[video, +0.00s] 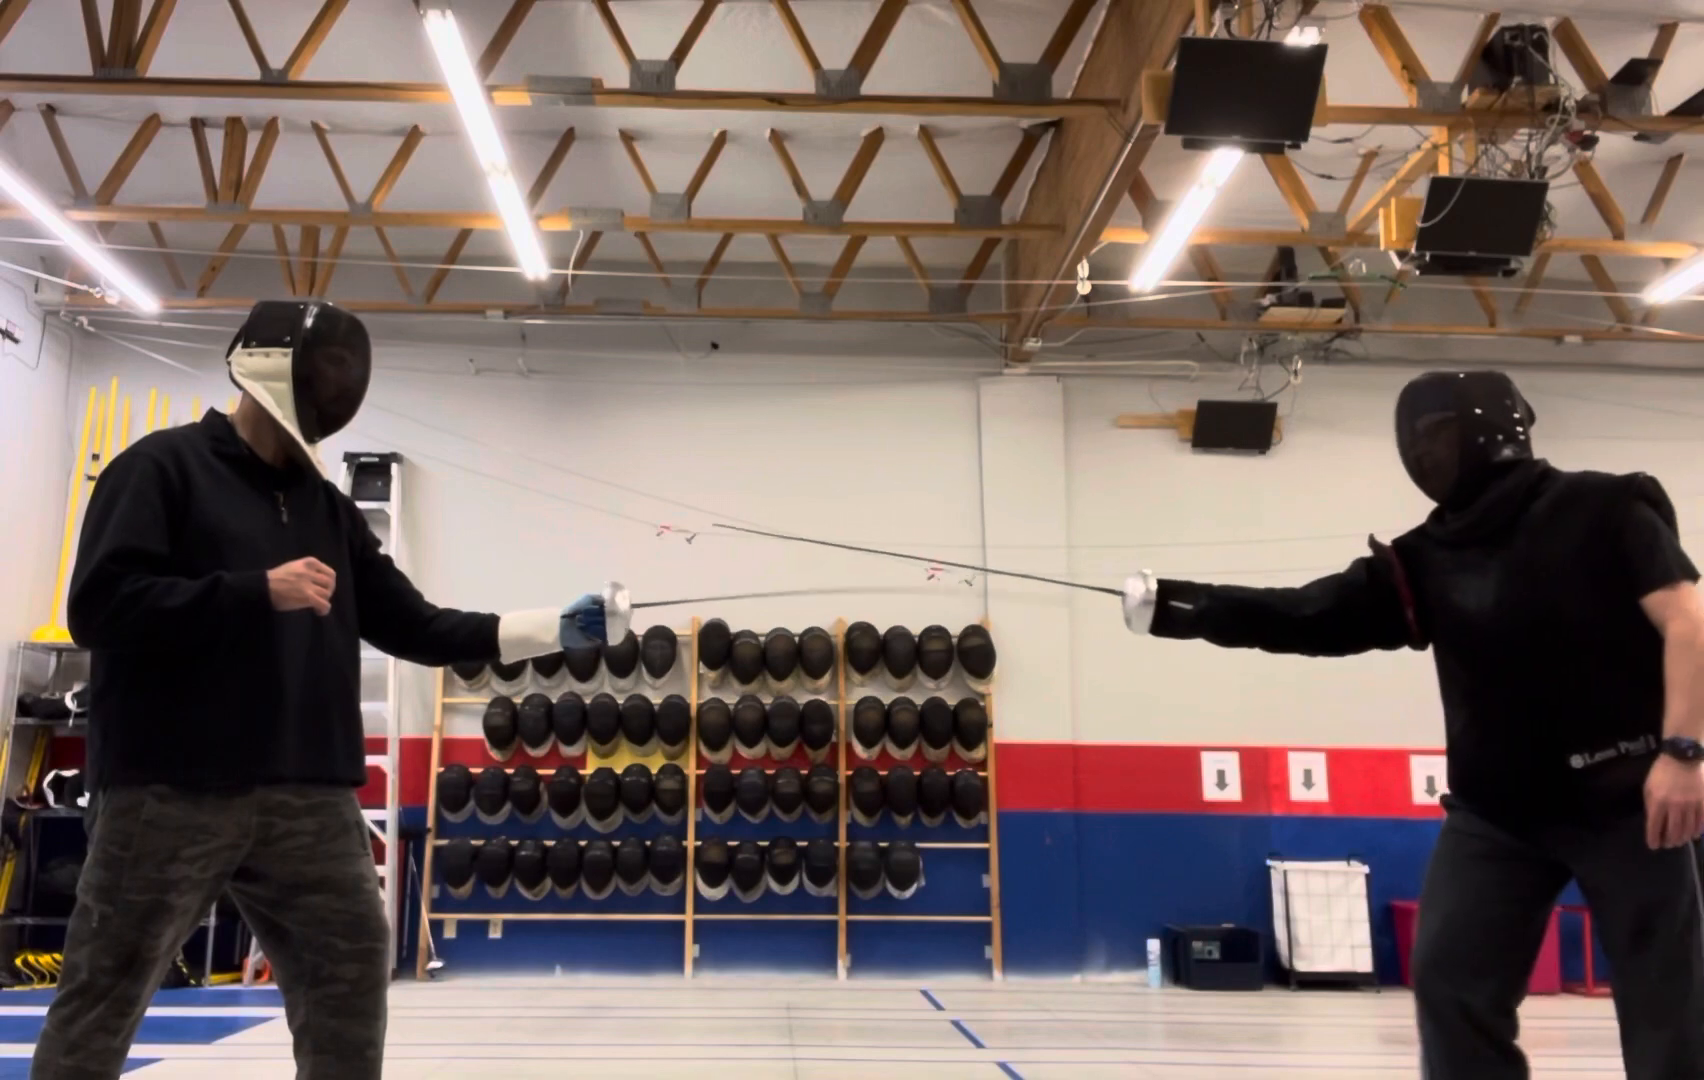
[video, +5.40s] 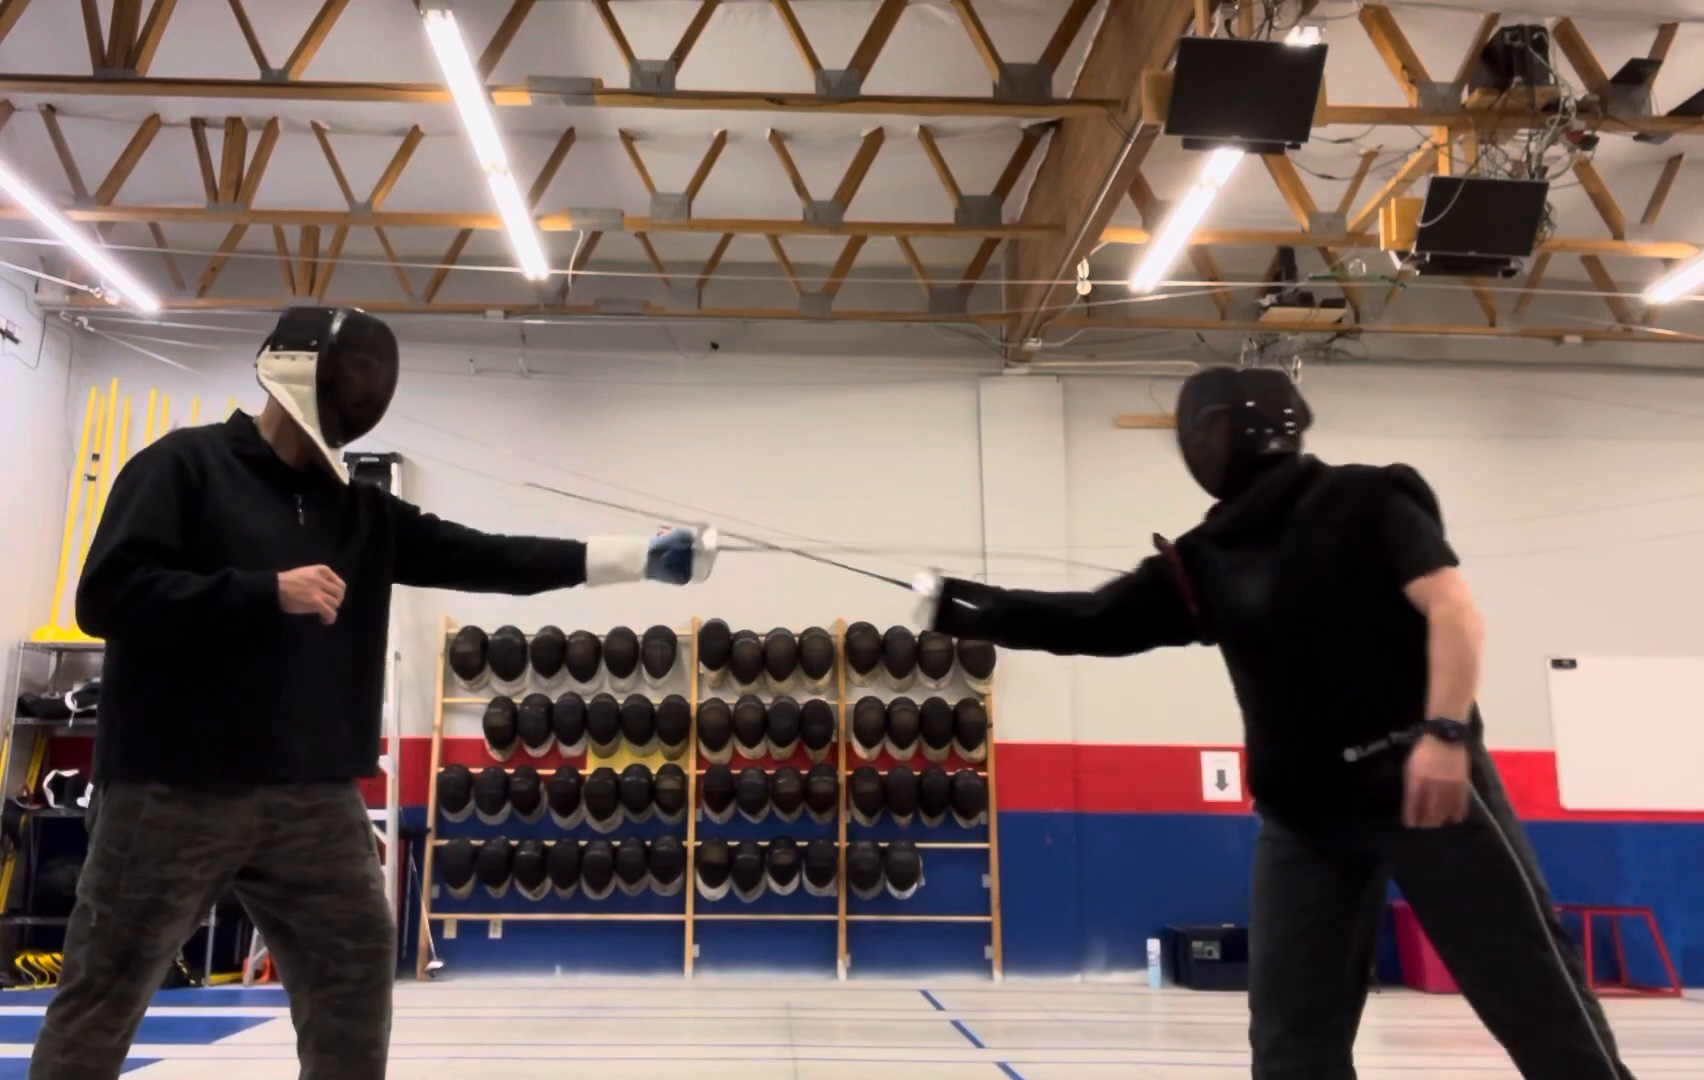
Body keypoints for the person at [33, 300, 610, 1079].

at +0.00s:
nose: (326, 398)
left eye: (337, 384)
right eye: (312, 375)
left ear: (337, 392)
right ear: (258, 366)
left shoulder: (325, 507)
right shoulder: (154, 469)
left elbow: (407, 623)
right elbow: (99, 606)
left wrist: (550, 630)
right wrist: (254, 589)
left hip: (305, 796)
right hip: (166, 793)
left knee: (348, 982)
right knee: (101, 1002)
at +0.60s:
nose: (349, 420)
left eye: (360, 404)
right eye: (337, 396)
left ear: (360, 404)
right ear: (281, 376)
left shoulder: (350, 513)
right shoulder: (172, 467)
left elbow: (478, 558)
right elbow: (104, 593)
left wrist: (627, 552)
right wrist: (264, 590)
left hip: (305, 797)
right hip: (164, 792)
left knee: (348, 990)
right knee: (98, 1003)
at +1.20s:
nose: (322, 435)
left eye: (338, 418)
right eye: (313, 411)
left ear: (346, 407)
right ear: (262, 381)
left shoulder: (337, 506)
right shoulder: (157, 476)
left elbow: (442, 580)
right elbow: (100, 609)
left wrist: (582, 600)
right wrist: (257, 592)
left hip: (305, 797)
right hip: (167, 795)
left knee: (351, 991)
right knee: (98, 1007)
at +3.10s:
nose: (345, 437)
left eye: (358, 421)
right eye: (335, 411)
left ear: (367, 414)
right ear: (288, 384)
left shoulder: (365, 512)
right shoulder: (179, 466)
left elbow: (493, 534)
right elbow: (106, 593)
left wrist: (643, 506)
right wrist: (265, 586)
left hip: (311, 797)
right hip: (163, 793)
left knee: (352, 1003)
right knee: (93, 1007)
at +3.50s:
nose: (340, 418)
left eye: (351, 401)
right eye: (329, 394)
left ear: (352, 398)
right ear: (273, 374)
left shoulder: (343, 508)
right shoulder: (162, 471)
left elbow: (469, 548)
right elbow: (104, 602)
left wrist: (622, 536)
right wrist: (263, 585)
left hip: (309, 798)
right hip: (167, 795)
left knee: (351, 1000)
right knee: (97, 1008)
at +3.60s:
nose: (319, 429)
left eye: (331, 412)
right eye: (310, 405)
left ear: (336, 401)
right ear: (261, 378)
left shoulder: (331, 504)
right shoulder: (155, 472)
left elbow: (437, 587)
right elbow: (105, 608)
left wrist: (577, 602)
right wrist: (260, 582)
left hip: (305, 796)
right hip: (167, 792)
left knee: (351, 992)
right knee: (100, 1004)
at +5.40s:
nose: (353, 417)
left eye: (363, 401)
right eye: (340, 392)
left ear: (366, 403)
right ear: (286, 374)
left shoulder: (362, 514)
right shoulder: (178, 467)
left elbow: (490, 557)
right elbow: (106, 592)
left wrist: (640, 556)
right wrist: (266, 591)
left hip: (311, 799)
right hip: (167, 793)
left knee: (352, 998)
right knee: (98, 1006)